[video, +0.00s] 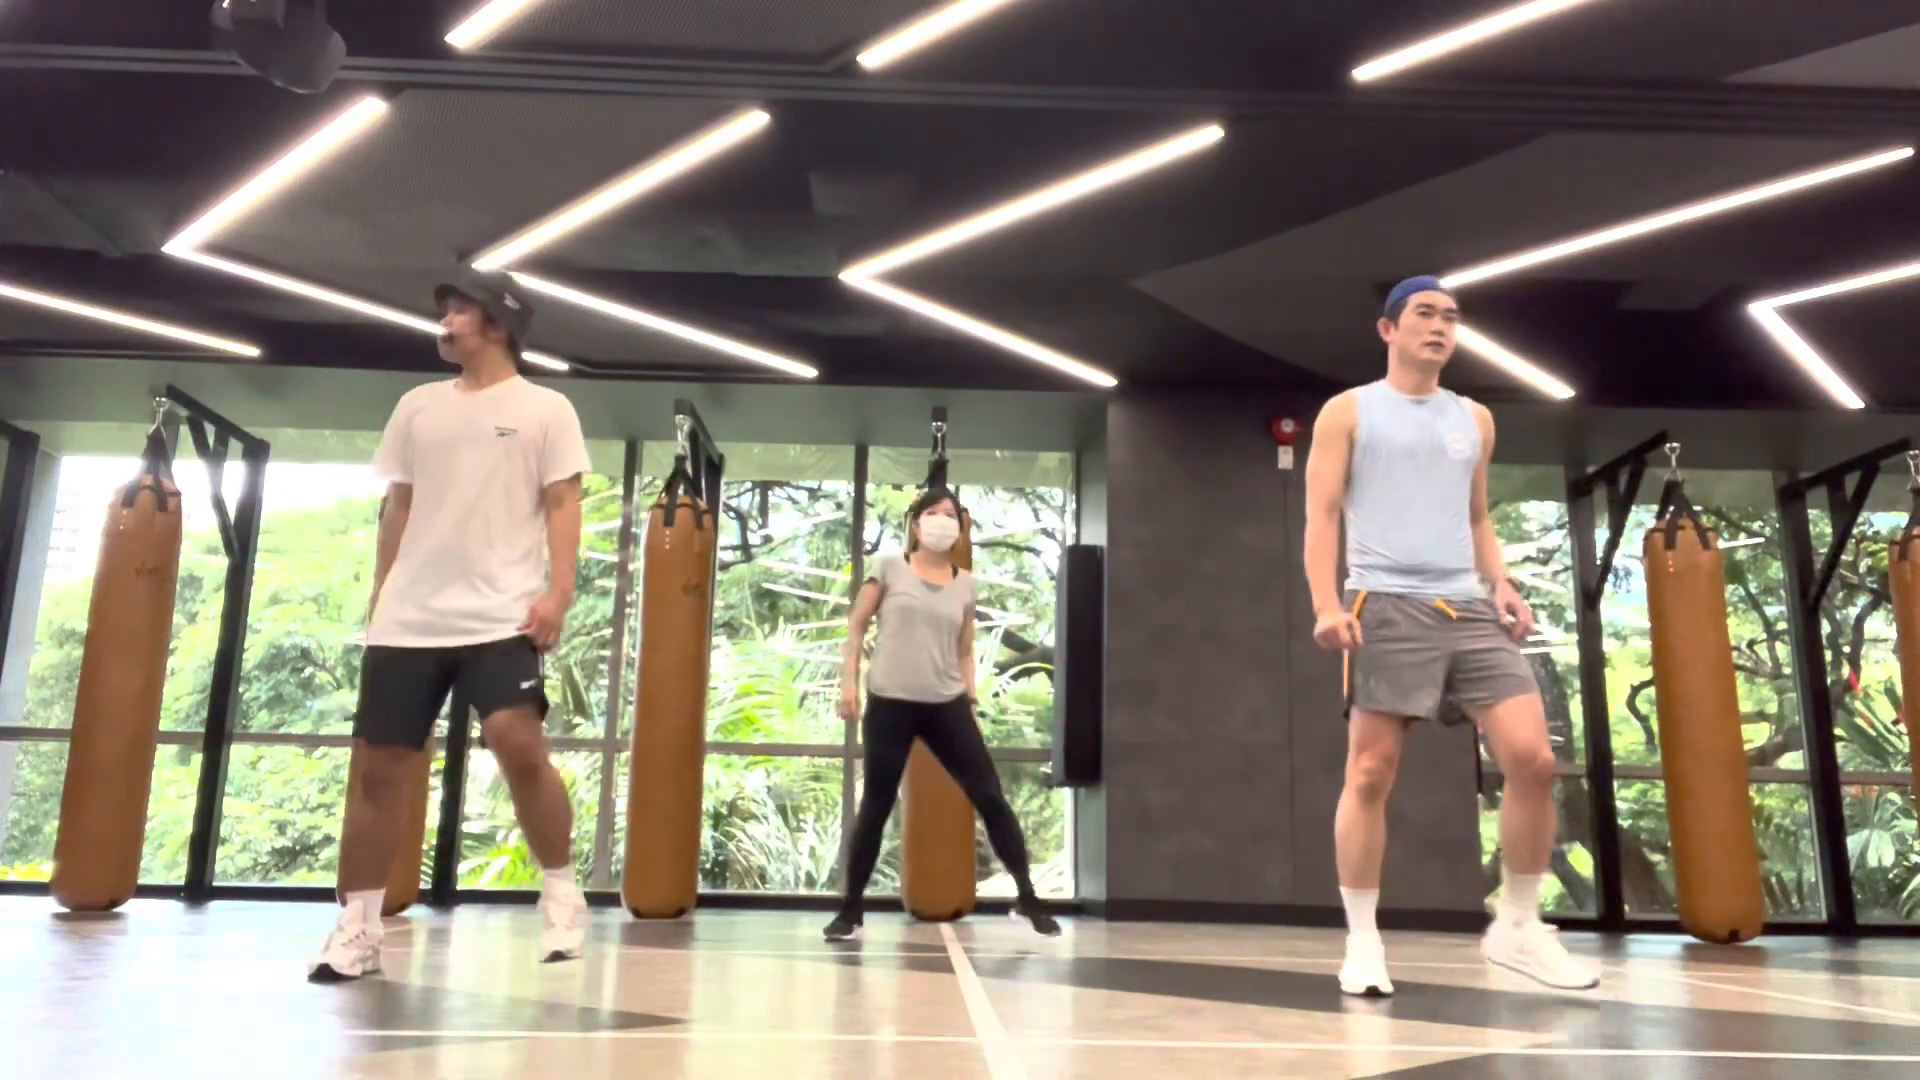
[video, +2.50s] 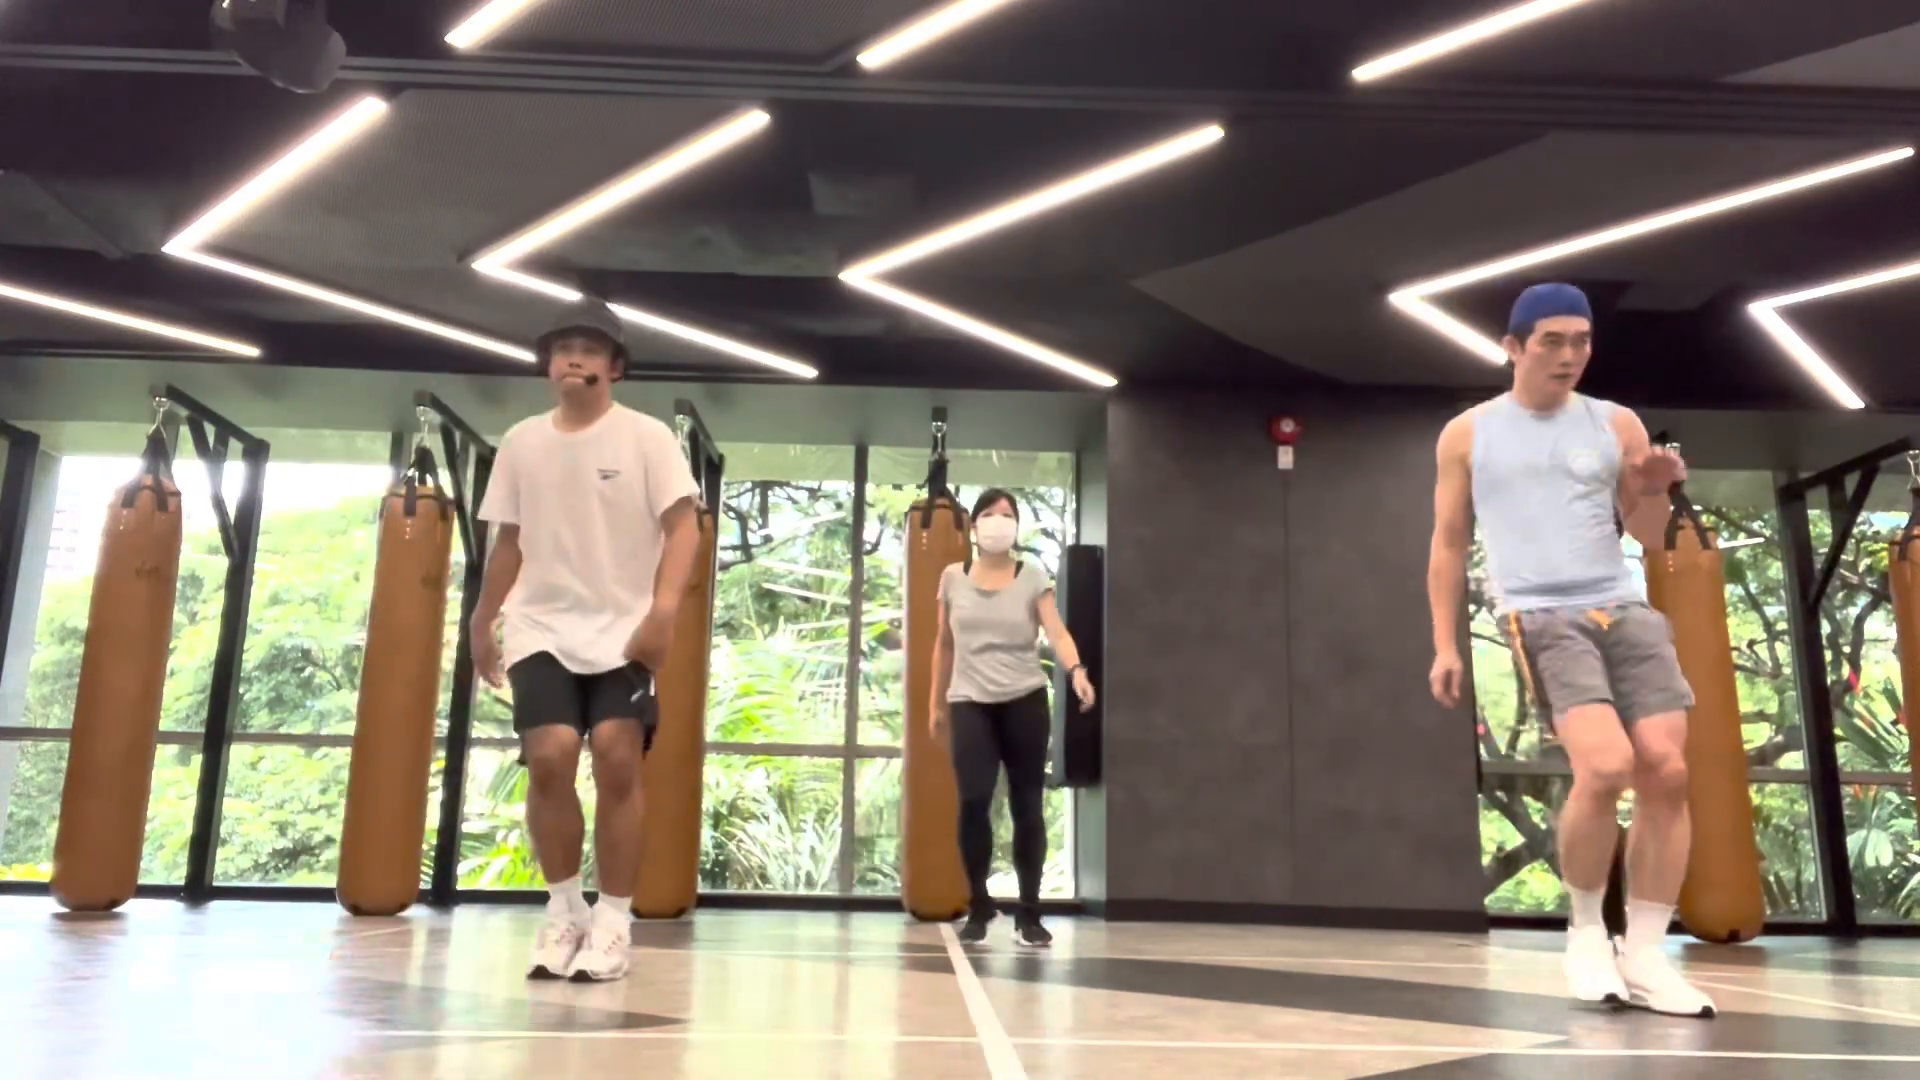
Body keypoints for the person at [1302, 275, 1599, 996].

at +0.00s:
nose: (1441, 326)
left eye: (1450, 318)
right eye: (1426, 313)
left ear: (1456, 336)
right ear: (1388, 328)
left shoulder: (1475, 421)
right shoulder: (1347, 412)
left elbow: (1480, 520)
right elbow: (1322, 514)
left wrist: (1501, 585)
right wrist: (1327, 605)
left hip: (1474, 611)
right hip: (1389, 611)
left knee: (1535, 762)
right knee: (1370, 774)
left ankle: (1517, 928)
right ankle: (1363, 946)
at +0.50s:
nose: (1547, 316)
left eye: (1554, 307)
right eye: (1527, 310)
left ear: (1569, 327)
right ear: (1499, 338)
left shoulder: (1602, 416)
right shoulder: (1469, 412)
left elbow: (1621, 492)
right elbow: (1425, 511)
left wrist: (1640, 524)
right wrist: (1428, 603)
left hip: (1597, 614)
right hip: (1512, 614)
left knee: (1627, 775)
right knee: (1521, 775)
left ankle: (1630, 956)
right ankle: (1491, 919)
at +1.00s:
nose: (1503, 314)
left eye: (1515, 306)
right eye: (1485, 309)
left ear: (1533, 333)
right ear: (1459, 340)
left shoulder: (1571, 396)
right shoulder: (1430, 430)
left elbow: (1617, 490)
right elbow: (1417, 532)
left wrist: (1616, 399)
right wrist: (1400, 617)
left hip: (1561, 625)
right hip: (1462, 623)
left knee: (1623, 775)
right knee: (1409, 756)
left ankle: (1631, 958)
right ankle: (1352, 928)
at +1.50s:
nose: (1403, 309)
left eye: (1412, 300)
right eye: (1386, 297)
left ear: (1421, 322)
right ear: (1351, 317)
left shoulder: (1447, 411)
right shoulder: (1307, 405)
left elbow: (1448, 523)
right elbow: (1258, 502)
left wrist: (1445, 610)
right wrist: (1250, 580)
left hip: (1422, 607)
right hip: (1336, 603)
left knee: (1416, 780)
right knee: (1317, 768)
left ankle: (1356, 919)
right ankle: (1304, 940)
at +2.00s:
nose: (1494, 333)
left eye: (1503, 322)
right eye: (1478, 321)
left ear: (1513, 339)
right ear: (1442, 337)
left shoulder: (1513, 434)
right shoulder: (1410, 409)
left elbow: (1487, 530)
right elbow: (1368, 510)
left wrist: (1503, 607)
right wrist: (1451, 571)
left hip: (1505, 627)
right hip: (1421, 622)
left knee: (1580, 777)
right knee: (1363, 778)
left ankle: (1627, 960)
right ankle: (1309, 942)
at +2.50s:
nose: (1569, 354)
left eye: (1580, 342)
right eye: (1553, 340)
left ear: (1589, 348)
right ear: (1516, 346)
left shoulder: (1618, 424)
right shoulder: (1467, 435)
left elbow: (1650, 534)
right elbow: (1448, 543)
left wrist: (1656, 489)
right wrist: (1445, 646)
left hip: (1628, 610)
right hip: (1544, 619)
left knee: (1666, 767)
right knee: (1606, 765)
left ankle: (1645, 954)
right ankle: (1587, 935)